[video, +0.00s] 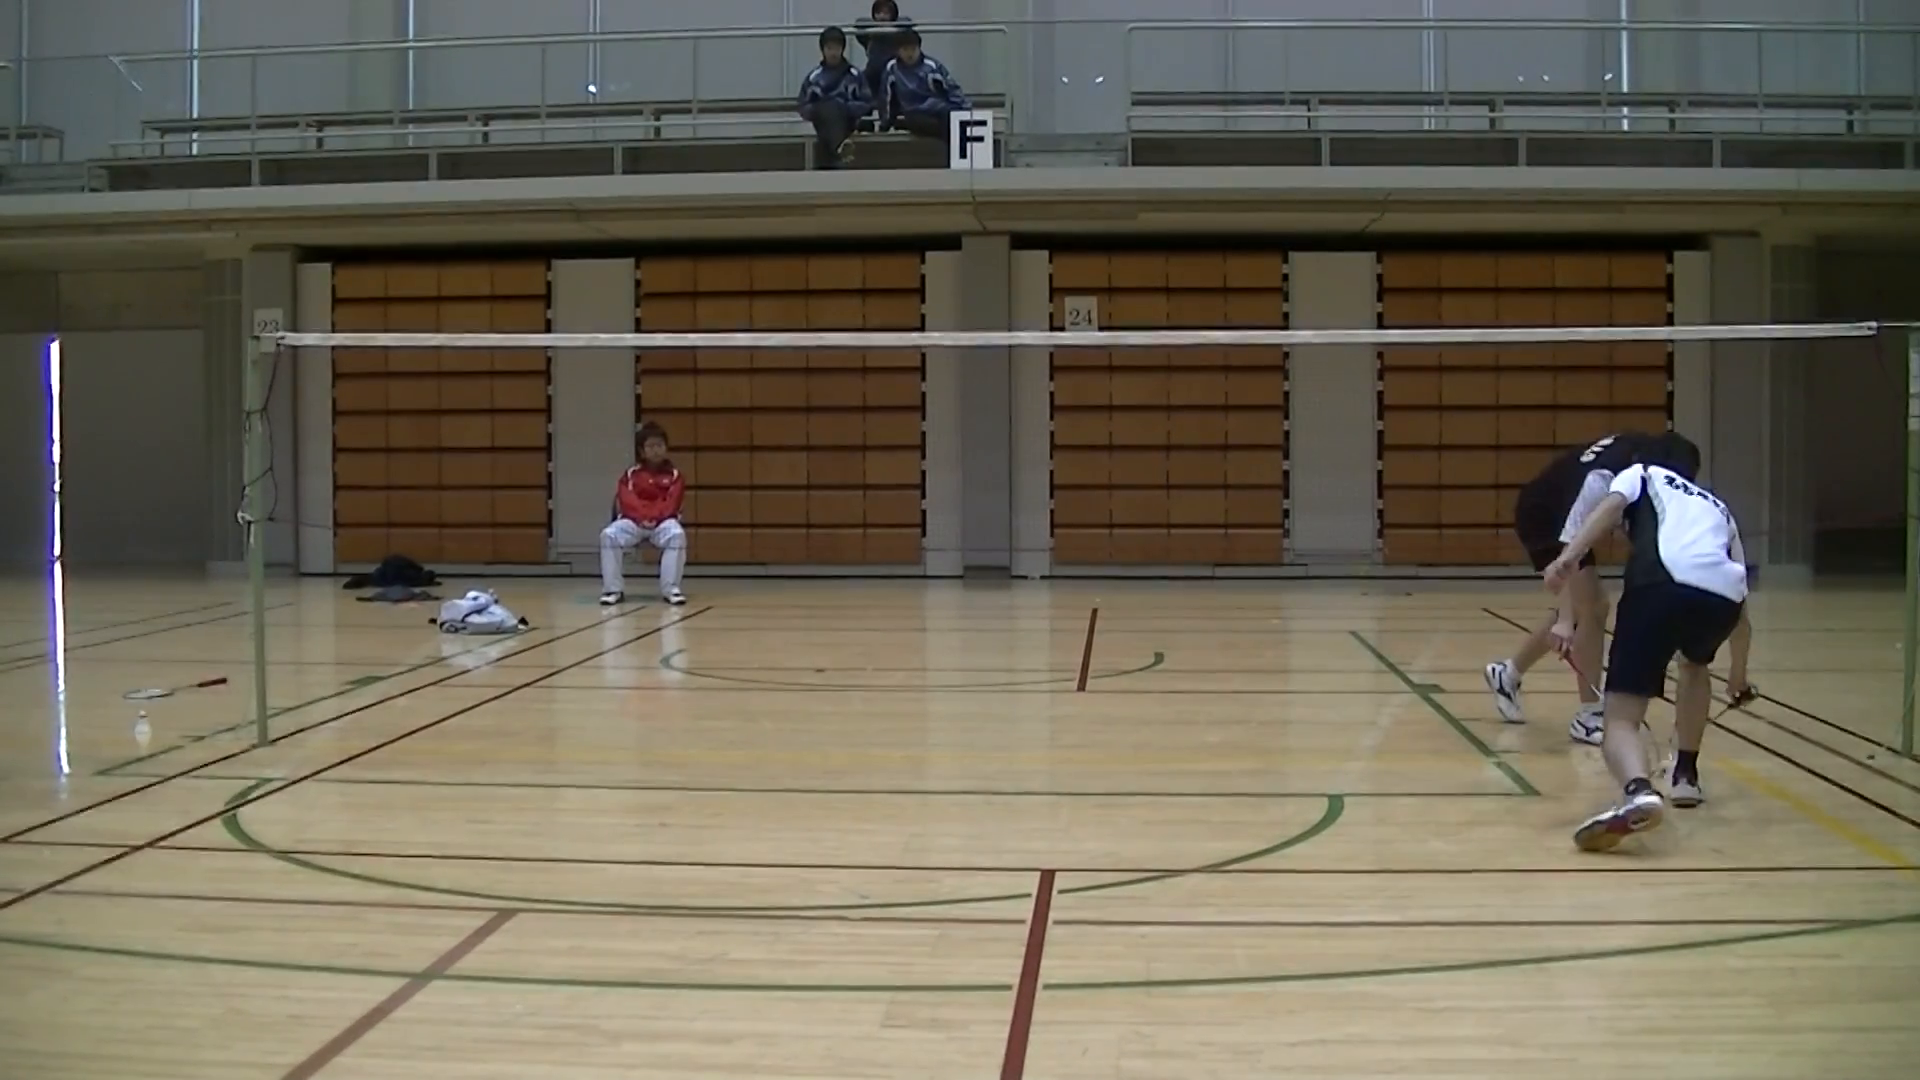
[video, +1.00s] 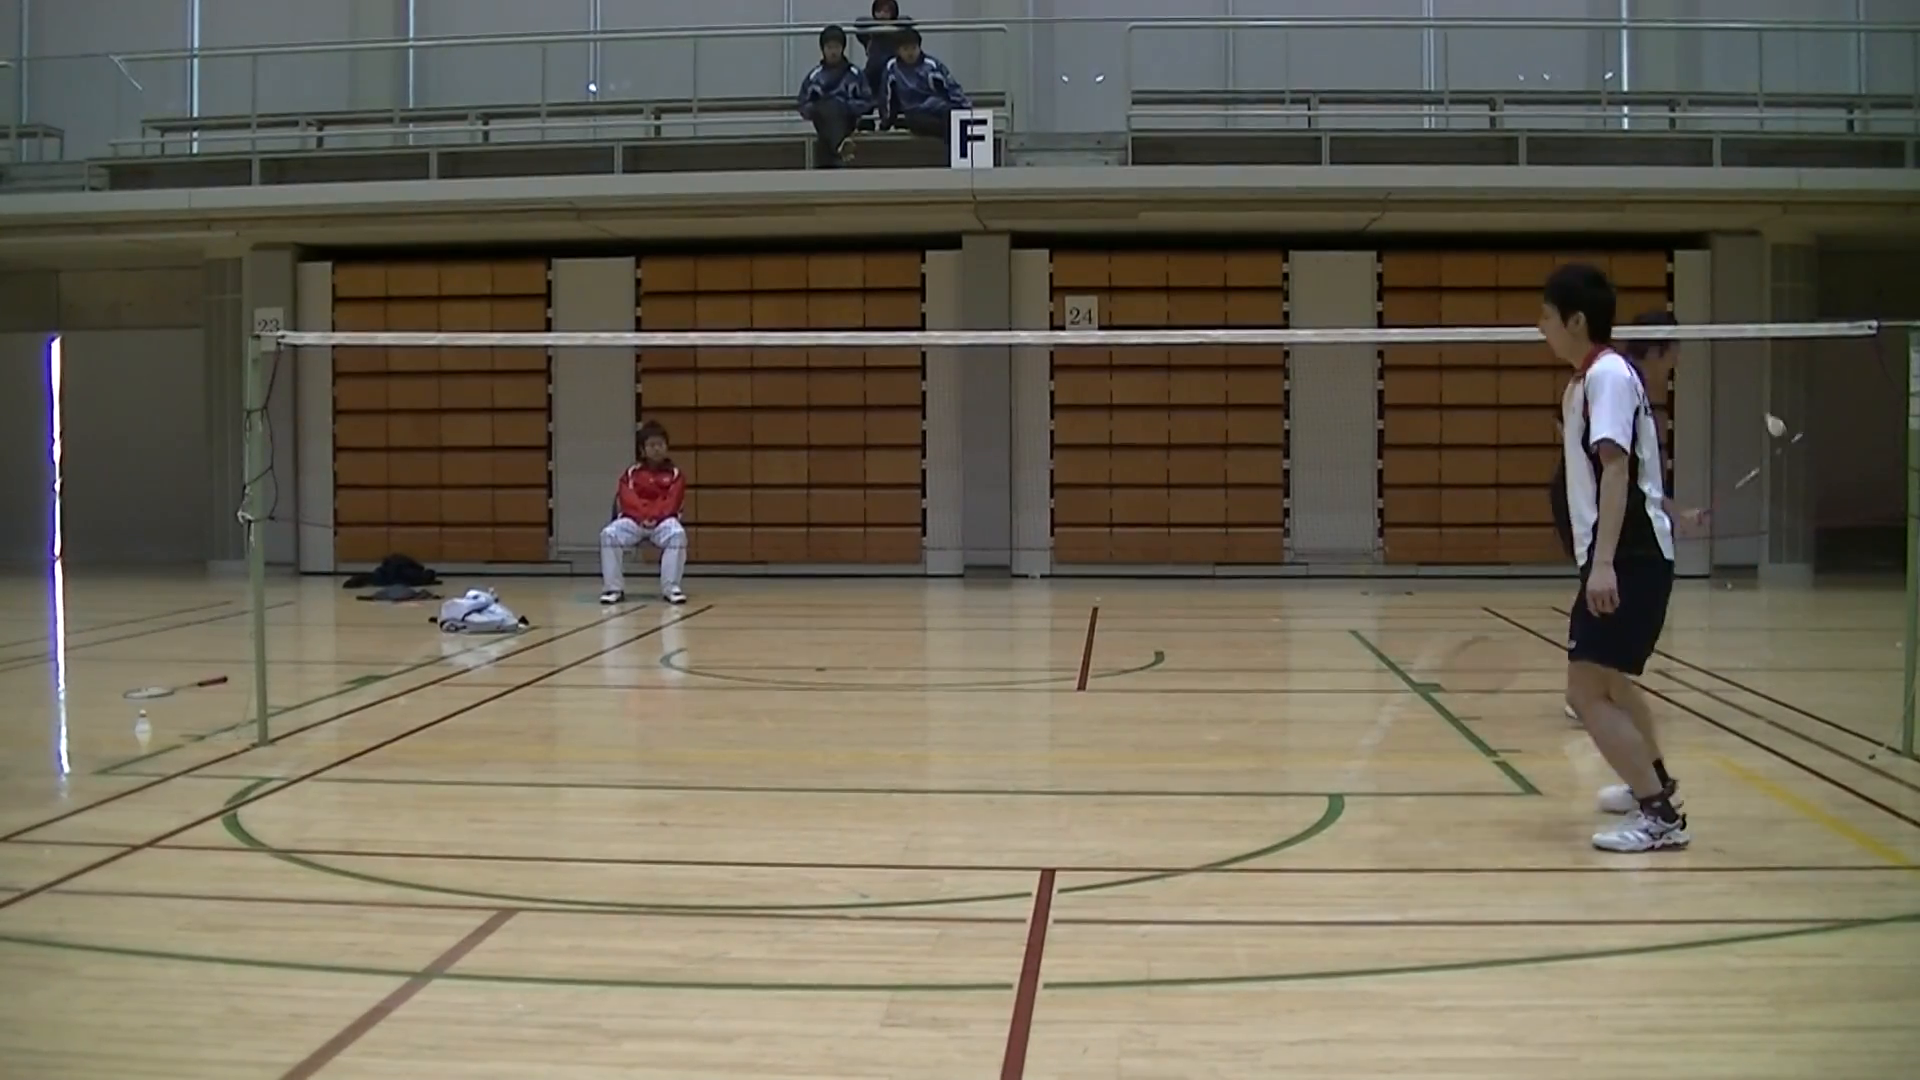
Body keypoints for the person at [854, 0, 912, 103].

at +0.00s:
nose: (882, 16)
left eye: (886, 12)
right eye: (878, 12)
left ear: (893, 15)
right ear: (874, 15)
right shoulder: (870, 36)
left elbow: (907, 21)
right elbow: (859, 23)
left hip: (895, 71)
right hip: (873, 71)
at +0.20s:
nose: (881, 16)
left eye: (885, 12)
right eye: (878, 12)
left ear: (893, 15)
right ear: (873, 15)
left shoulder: (897, 32)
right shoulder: (869, 36)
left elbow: (907, 21)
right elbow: (859, 23)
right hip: (872, 72)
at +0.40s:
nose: (881, 16)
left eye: (886, 12)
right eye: (878, 12)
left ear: (893, 15)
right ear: (874, 15)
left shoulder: (897, 31)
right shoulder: (869, 36)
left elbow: (907, 21)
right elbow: (859, 23)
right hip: (872, 70)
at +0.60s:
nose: (882, 16)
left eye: (886, 12)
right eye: (878, 12)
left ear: (892, 15)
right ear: (874, 14)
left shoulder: (898, 32)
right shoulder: (869, 35)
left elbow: (908, 21)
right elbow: (859, 23)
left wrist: (891, 25)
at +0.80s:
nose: (881, 15)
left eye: (886, 12)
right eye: (878, 11)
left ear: (893, 14)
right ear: (874, 14)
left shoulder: (898, 32)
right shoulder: (869, 35)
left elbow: (907, 20)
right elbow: (859, 22)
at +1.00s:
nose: (882, 14)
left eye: (887, 11)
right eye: (878, 11)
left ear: (893, 13)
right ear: (874, 13)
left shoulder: (898, 30)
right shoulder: (869, 34)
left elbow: (907, 20)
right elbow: (859, 22)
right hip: (872, 72)